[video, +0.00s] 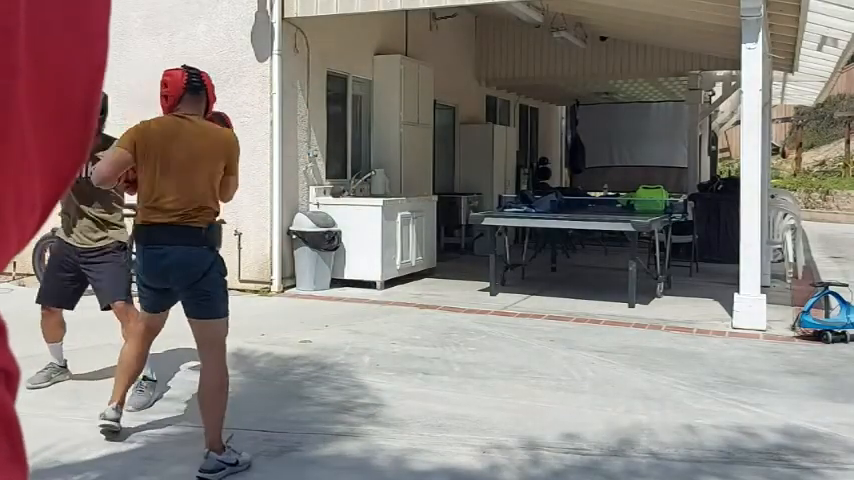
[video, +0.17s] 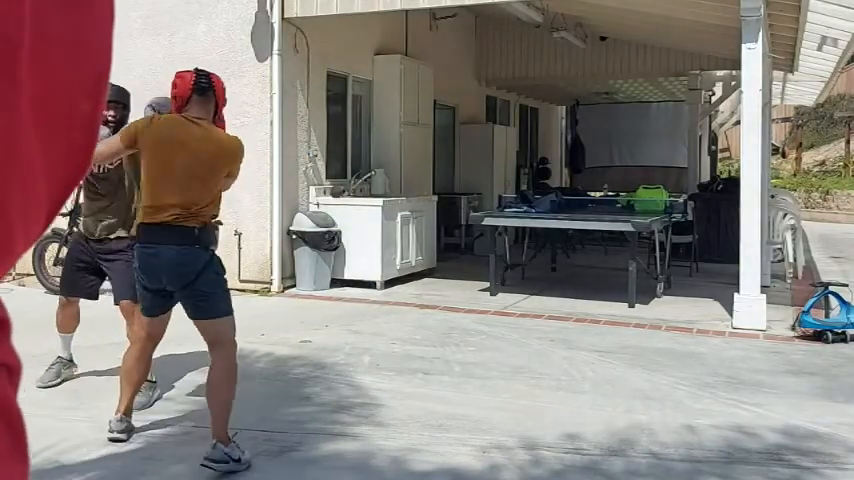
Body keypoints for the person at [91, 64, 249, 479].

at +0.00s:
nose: (210, 106)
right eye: (210, 101)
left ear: (167, 99)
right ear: (207, 101)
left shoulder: (142, 131)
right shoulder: (225, 138)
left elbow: (100, 178)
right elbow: (225, 194)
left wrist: (124, 174)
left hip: (150, 250)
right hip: (199, 253)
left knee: (144, 328)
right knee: (212, 353)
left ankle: (113, 408)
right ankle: (215, 450)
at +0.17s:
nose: (219, 107)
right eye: (219, 101)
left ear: (177, 100)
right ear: (218, 103)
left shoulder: (149, 127)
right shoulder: (231, 146)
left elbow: (96, 155)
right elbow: (222, 184)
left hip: (149, 250)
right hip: (195, 253)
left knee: (145, 337)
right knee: (223, 346)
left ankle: (121, 416)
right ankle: (221, 443)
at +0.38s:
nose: (237, 126)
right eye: (238, 121)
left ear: (197, 118)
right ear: (237, 124)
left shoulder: (169, 146)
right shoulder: (243, 171)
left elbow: (122, 161)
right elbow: (232, 223)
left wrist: (151, 155)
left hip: (163, 265)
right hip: (210, 271)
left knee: (153, 340)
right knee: (259, 351)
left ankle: (123, 417)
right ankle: (266, 445)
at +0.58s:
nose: (272, 98)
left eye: (226, 92)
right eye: (271, 92)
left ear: (226, 93)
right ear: (267, 93)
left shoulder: (203, 128)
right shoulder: (285, 137)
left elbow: (154, 177)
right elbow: (286, 193)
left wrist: (189, 172)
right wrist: (243, 178)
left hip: (202, 249)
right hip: (251, 252)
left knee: (183, 331)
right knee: (271, 347)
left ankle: (155, 414)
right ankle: (271, 449)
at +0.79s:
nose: (285, 91)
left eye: (241, 82)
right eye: (285, 85)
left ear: (241, 84)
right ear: (283, 86)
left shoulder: (217, 121)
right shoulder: (304, 127)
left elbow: (174, 174)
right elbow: (305, 188)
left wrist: (213, 173)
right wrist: (259, 181)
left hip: (230, 248)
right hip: (280, 246)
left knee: (228, 342)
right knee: (286, 357)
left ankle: (218, 421)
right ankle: (287, 459)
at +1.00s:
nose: (286, 98)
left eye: (244, 91)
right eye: (289, 92)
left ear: (246, 90)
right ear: (288, 92)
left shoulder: (226, 130)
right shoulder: (313, 134)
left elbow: (198, 191)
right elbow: (315, 193)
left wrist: (227, 189)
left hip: (245, 255)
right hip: (296, 252)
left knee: (247, 340)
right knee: (295, 364)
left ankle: (232, 414)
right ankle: (291, 462)